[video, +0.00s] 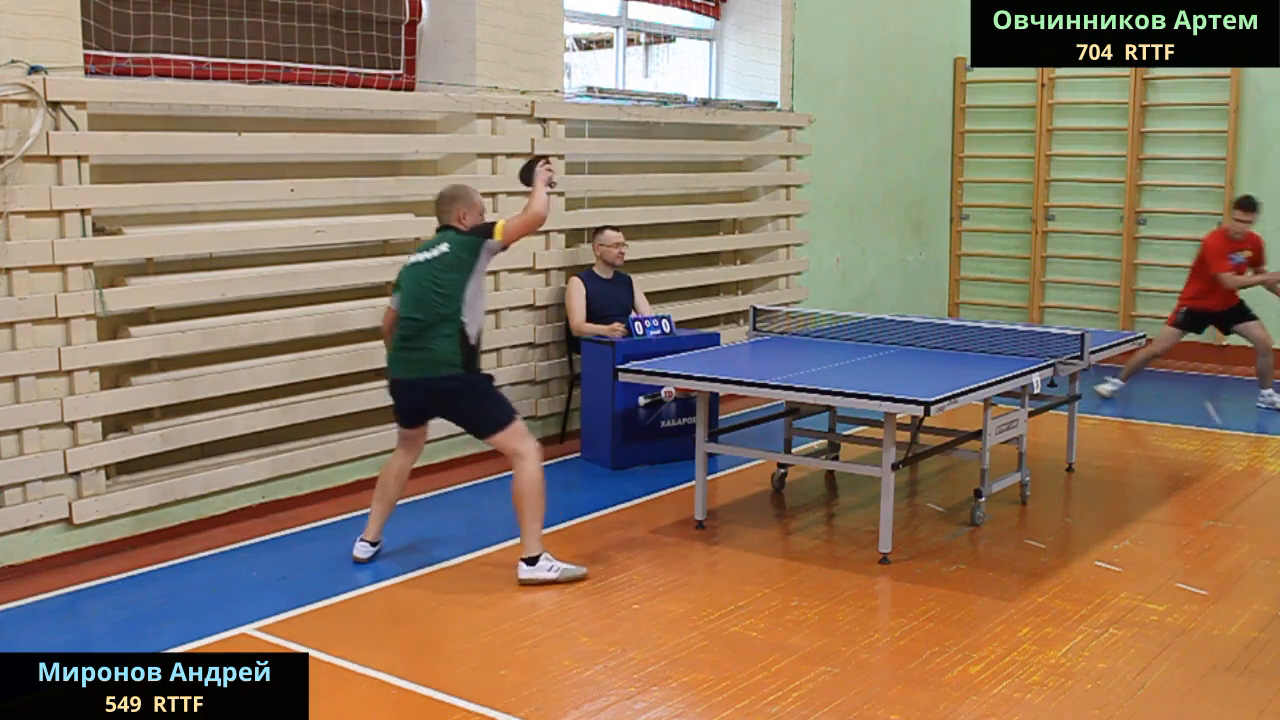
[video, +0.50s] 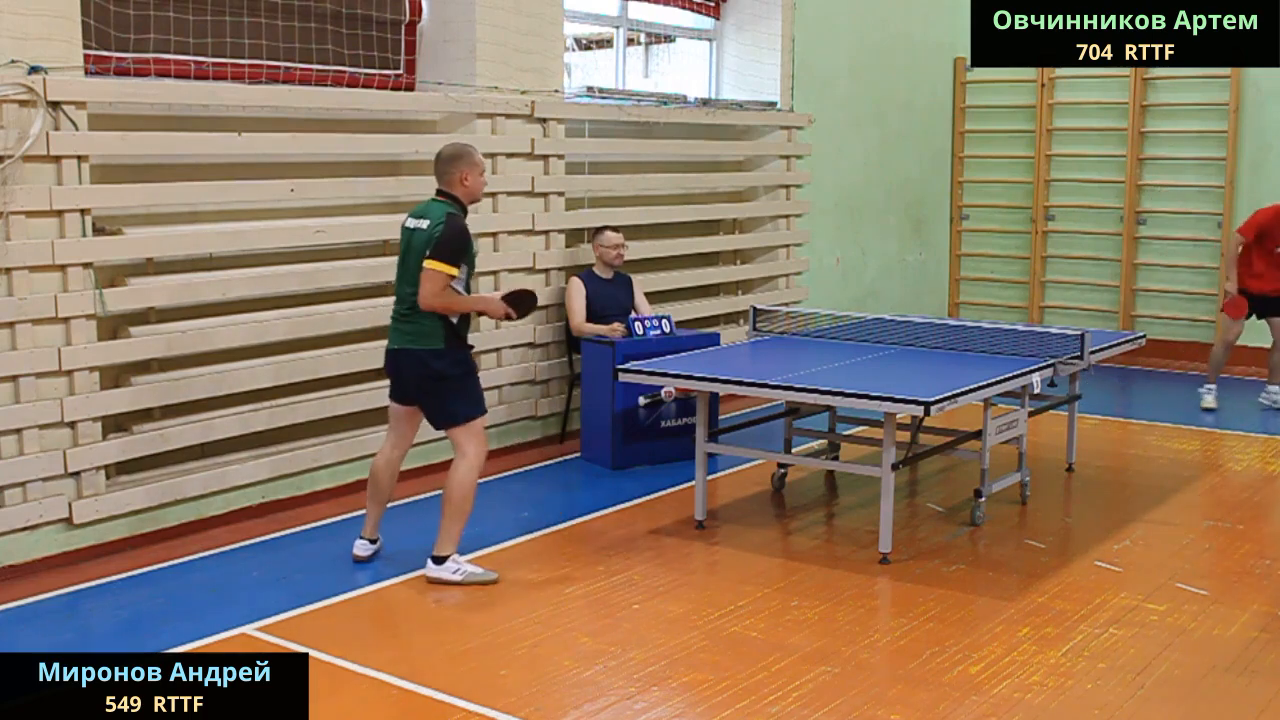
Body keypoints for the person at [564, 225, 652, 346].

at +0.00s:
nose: (622, 251)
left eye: (623, 246)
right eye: (616, 246)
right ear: (597, 249)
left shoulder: (628, 281)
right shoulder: (578, 283)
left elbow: (648, 318)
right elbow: (577, 328)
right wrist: (606, 330)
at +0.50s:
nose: (621, 253)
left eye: (623, 247)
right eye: (614, 248)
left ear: (625, 248)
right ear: (597, 249)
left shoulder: (628, 281)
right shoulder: (578, 283)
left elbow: (648, 318)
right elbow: (577, 327)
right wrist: (606, 330)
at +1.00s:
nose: (615, 254)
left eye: (617, 248)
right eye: (607, 250)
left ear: (620, 247)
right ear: (592, 253)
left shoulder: (627, 281)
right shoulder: (577, 284)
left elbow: (655, 314)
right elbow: (577, 328)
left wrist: (671, 315)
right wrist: (607, 330)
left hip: (630, 349)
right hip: (595, 352)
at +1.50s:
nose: (615, 251)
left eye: (618, 246)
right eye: (608, 247)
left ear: (622, 247)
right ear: (593, 250)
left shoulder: (628, 281)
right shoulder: (578, 284)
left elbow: (650, 318)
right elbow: (577, 327)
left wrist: (668, 323)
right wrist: (607, 330)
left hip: (631, 349)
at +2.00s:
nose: (619, 250)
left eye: (622, 245)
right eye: (612, 245)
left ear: (625, 247)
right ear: (596, 248)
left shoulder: (630, 282)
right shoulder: (579, 282)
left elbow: (649, 318)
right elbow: (578, 327)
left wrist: (666, 322)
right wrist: (611, 333)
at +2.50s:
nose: (619, 250)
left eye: (622, 245)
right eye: (612, 245)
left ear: (625, 247)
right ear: (595, 248)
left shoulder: (630, 281)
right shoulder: (580, 279)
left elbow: (649, 318)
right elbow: (577, 328)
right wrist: (616, 333)